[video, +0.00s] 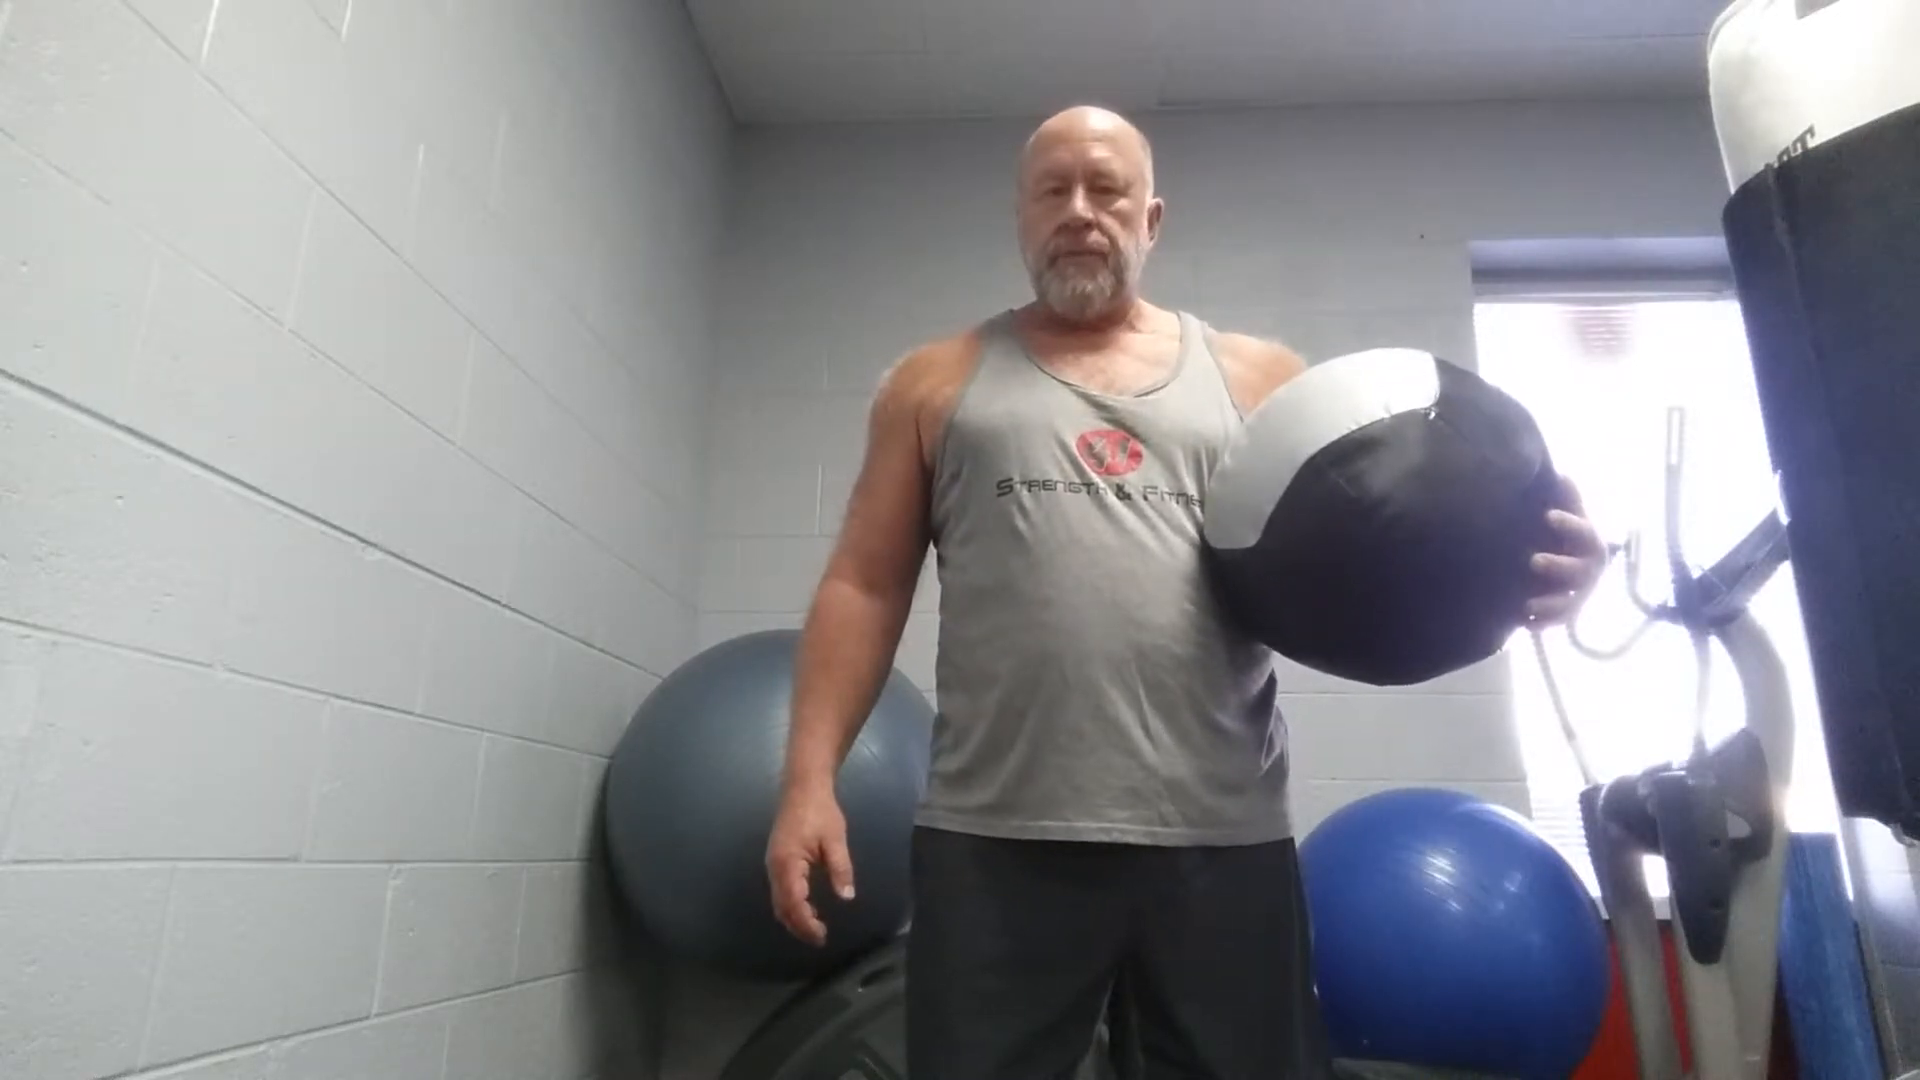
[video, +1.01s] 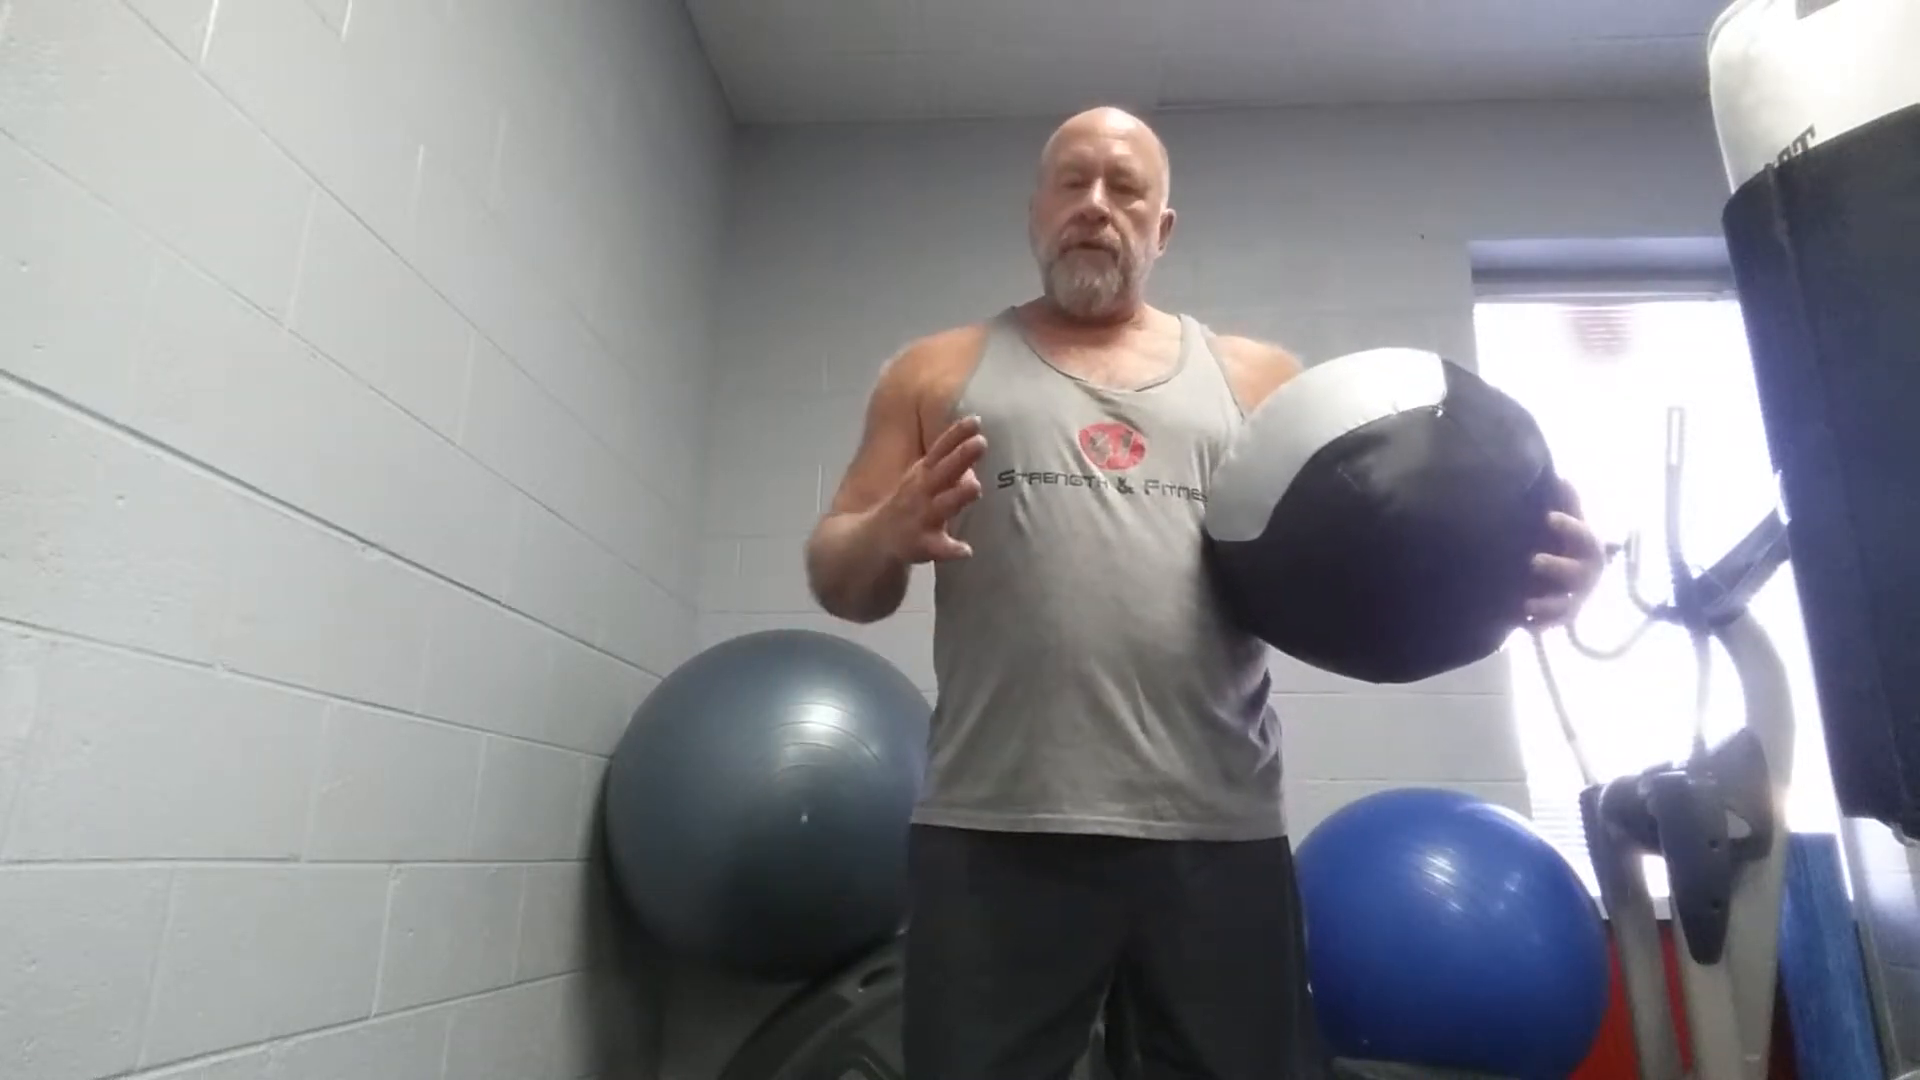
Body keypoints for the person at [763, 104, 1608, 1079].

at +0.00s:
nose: (1080, 212)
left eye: (1107, 190)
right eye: (1054, 190)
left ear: (1152, 215)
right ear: (1018, 215)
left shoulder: (1257, 375)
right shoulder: (936, 384)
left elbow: (1402, 533)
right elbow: (865, 583)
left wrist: (1543, 566)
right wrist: (808, 780)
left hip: (1223, 849)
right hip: (993, 848)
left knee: (1252, 1067)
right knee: (976, 1066)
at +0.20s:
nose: (1086, 211)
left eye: (1112, 191)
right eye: (1059, 190)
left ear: (1156, 220)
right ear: (1021, 220)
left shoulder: (1258, 376)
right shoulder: (939, 382)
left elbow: (1404, 531)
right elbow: (864, 582)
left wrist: (1544, 565)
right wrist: (809, 778)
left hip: (1223, 846)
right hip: (994, 844)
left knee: (1248, 1068)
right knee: (977, 1067)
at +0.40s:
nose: (1090, 207)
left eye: (1118, 188)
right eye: (1064, 185)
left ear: (1161, 221)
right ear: (1026, 213)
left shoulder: (1257, 373)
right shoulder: (940, 376)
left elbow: (1405, 522)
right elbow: (862, 576)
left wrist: (1547, 560)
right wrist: (810, 765)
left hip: (1222, 843)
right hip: (996, 839)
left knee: (1250, 1066)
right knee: (975, 1065)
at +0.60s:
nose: (1091, 206)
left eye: (1120, 187)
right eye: (1066, 183)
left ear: (1160, 222)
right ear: (1029, 212)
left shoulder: (1253, 373)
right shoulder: (936, 379)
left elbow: (1400, 525)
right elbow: (853, 558)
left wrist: (1540, 565)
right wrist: (876, 623)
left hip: (1221, 844)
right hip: (994, 844)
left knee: (1249, 1067)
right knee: (975, 1067)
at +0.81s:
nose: (1088, 206)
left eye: (1118, 187)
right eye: (1065, 183)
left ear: (1159, 223)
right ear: (1028, 212)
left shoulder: (1253, 374)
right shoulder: (936, 375)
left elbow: (1394, 533)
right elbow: (841, 589)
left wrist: (1537, 568)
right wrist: (877, 539)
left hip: (1219, 838)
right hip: (993, 839)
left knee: (1250, 1065)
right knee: (973, 1067)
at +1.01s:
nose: (1096, 203)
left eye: (1126, 186)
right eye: (1072, 180)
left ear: (1163, 224)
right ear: (1033, 210)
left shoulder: (1253, 374)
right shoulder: (936, 373)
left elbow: (1391, 533)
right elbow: (843, 587)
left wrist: (1538, 566)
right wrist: (880, 536)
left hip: (1217, 838)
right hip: (992, 838)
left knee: (1246, 1076)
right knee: (971, 1075)